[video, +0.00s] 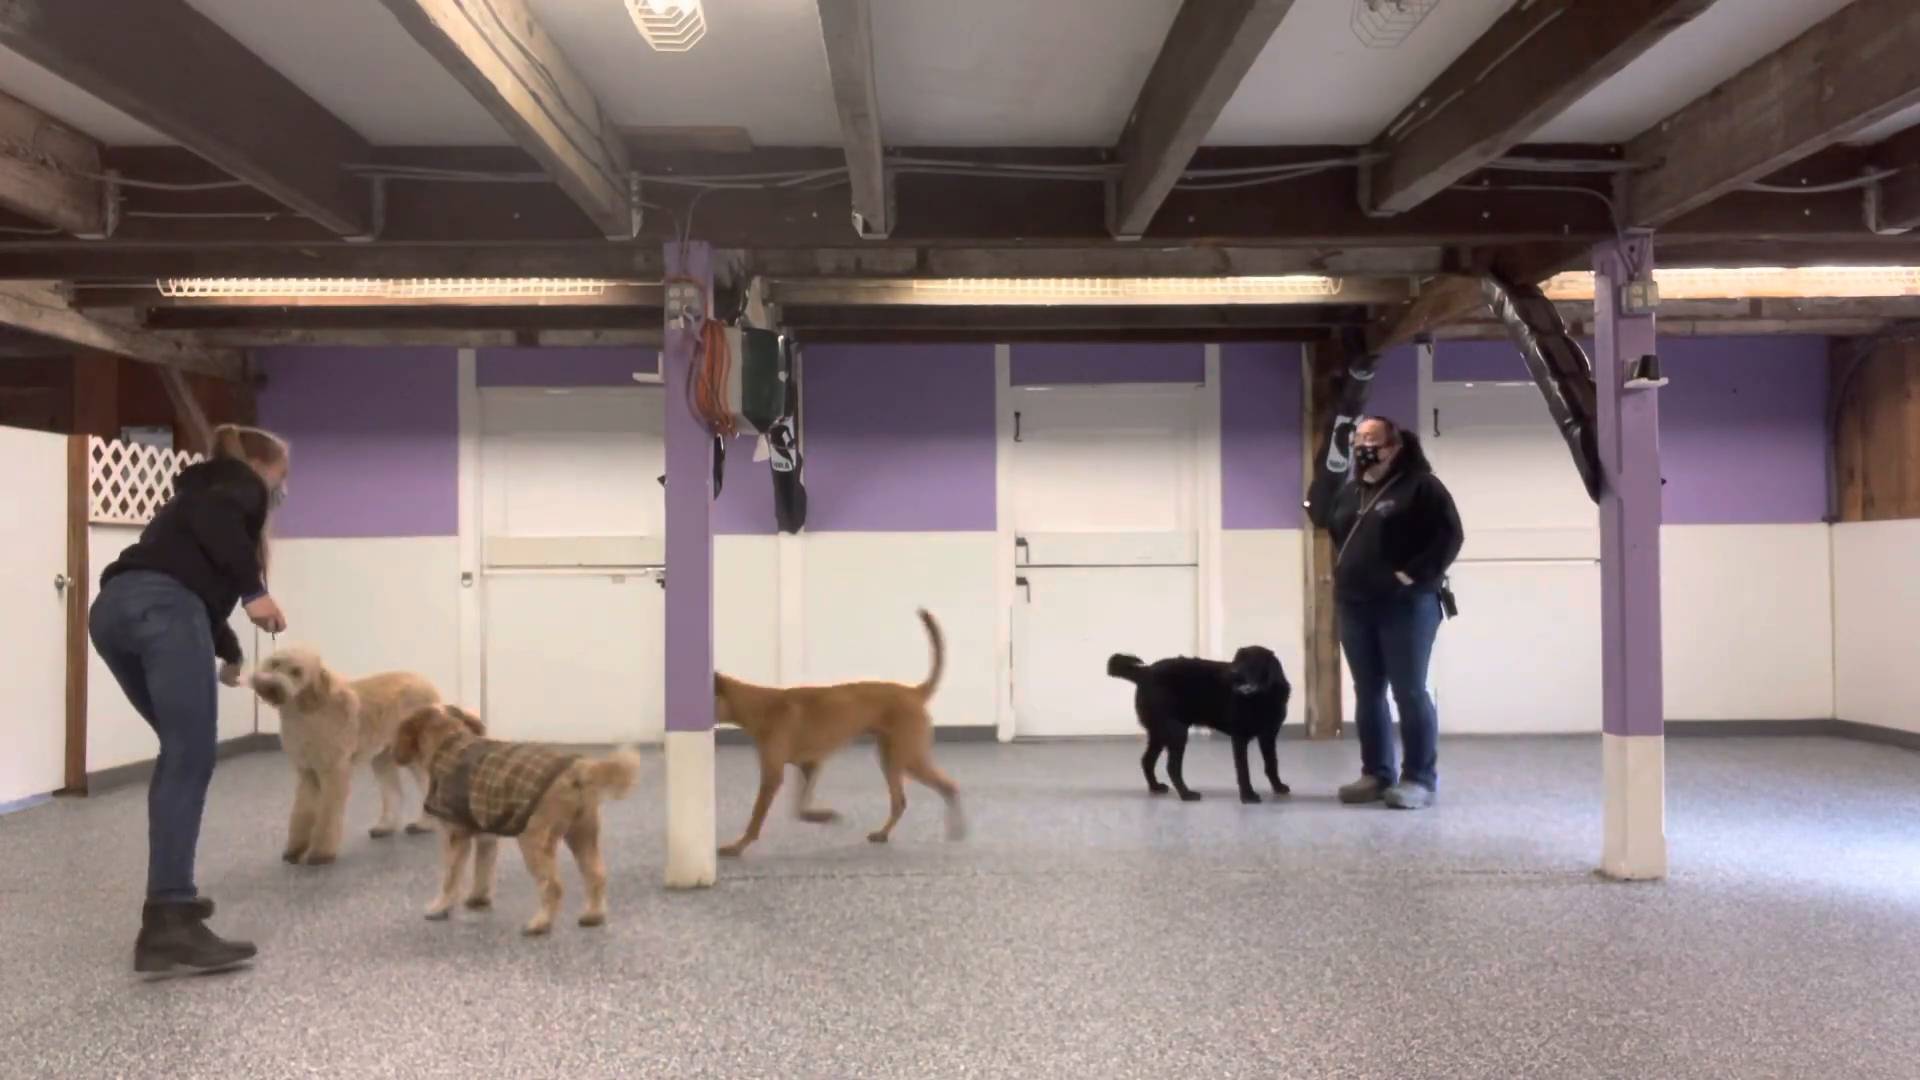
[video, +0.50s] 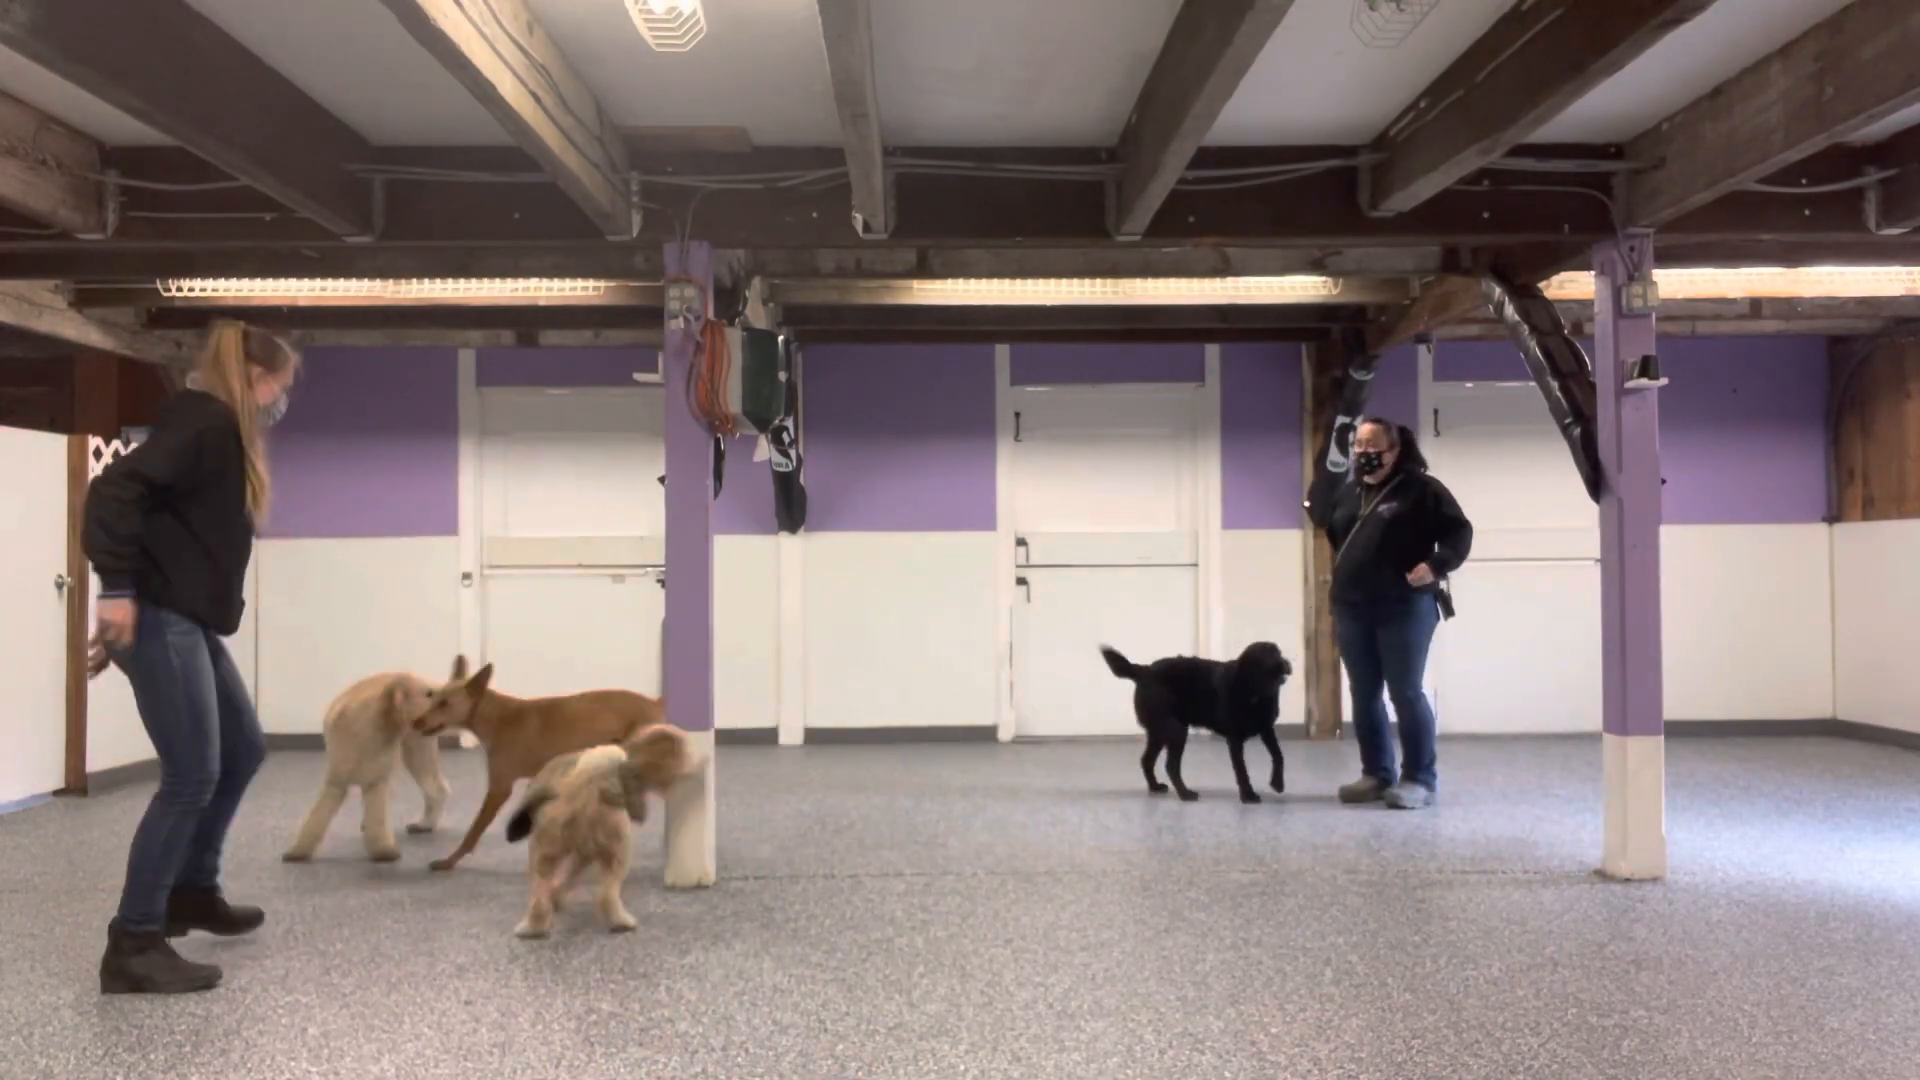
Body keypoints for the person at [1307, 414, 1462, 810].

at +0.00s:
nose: (1364, 450)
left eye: (1373, 443)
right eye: (1359, 444)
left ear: (1395, 447)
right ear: (1353, 449)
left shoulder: (1421, 485)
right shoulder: (1352, 490)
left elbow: (1451, 535)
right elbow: (1321, 516)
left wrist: (1414, 574)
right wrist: (1329, 468)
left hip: (1405, 600)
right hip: (1355, 602)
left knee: (1410, 691)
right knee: (1369, 691)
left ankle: (1420, 781)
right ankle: (1377, 775)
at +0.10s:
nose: (1364, 450)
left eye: (1373, 443)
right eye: (1359, 444)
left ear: (1395, 447)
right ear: (1354, 449)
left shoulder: (1422, 485)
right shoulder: (1352, 490)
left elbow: (1451, 536)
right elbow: (1322, 517)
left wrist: (1414, 574)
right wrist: (1329, 469)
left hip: (1405, 600)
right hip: (1356, 602)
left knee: (1409, 691)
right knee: (1368, 691)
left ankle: (1420, 781)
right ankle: (1377, 775)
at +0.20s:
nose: (1365, 449)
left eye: (1373, 443)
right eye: (1360, 443)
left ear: (1396, 447)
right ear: (1353, 449)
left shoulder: (1422, 486)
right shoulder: (1352, 490)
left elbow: (1452, 535)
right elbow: (1335, 529)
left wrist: (1415, 574)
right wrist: (1320, 507)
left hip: (1406, 601)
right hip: (1355, 602)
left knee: (1409, 691)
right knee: (1368, 691)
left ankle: (1420, 781)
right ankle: (1377, 775)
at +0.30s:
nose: (1366, 453)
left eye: (1374, 446)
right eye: (1360, 447)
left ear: (1397, 447)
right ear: (1353, 451)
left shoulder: (1422, 486)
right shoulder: (1351, 492)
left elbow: (1454, 533)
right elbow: (1323, 515)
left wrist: (1416, 571)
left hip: (1407, 602)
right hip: (1355, 603)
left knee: (1409, 691)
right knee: (1367, 692)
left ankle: (1419, 781)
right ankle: (1377, 774)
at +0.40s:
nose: (1365, 454)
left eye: (1374, 447)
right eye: (1360, 448)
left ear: (1396, 449)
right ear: (1353, 451)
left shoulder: (1422, 487)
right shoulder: (1351, 492)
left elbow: (1460, 529)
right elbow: (1330, 524)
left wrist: (1427, 560)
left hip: (1406, 603)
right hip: (1354, 605)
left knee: (1408, 692)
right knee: (1366, 694)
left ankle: (1419, 781)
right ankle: (1378, 775)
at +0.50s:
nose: (1365, 453)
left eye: (1373, 446)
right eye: (1359, 447)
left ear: (1395, 449)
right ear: (1352, 451)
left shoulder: (1421, 488)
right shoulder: (1350, 492)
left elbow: (1460, 532)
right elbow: (1335, 532)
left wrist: (1435, 565)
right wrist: (1320, 510)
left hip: (1405, 603)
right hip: (1352, 605)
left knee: (1406, 692)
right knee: (1365, 695)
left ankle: (1419, 781)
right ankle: (1378, 775)